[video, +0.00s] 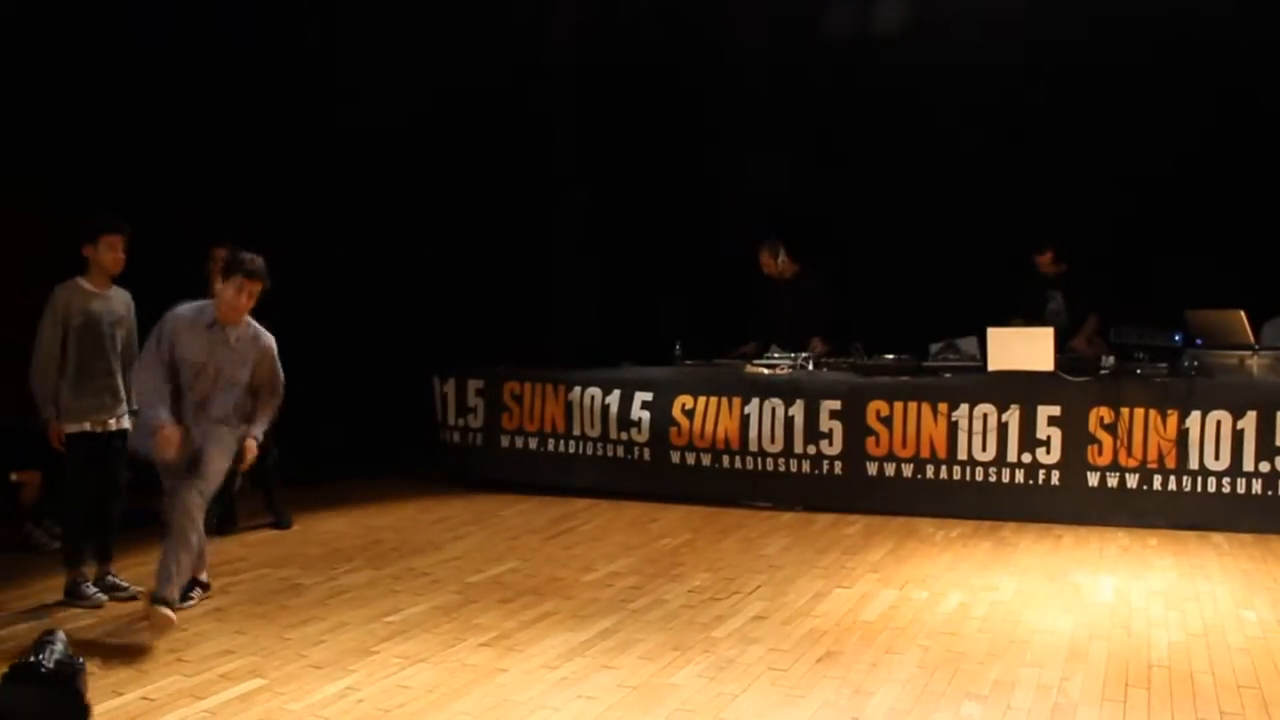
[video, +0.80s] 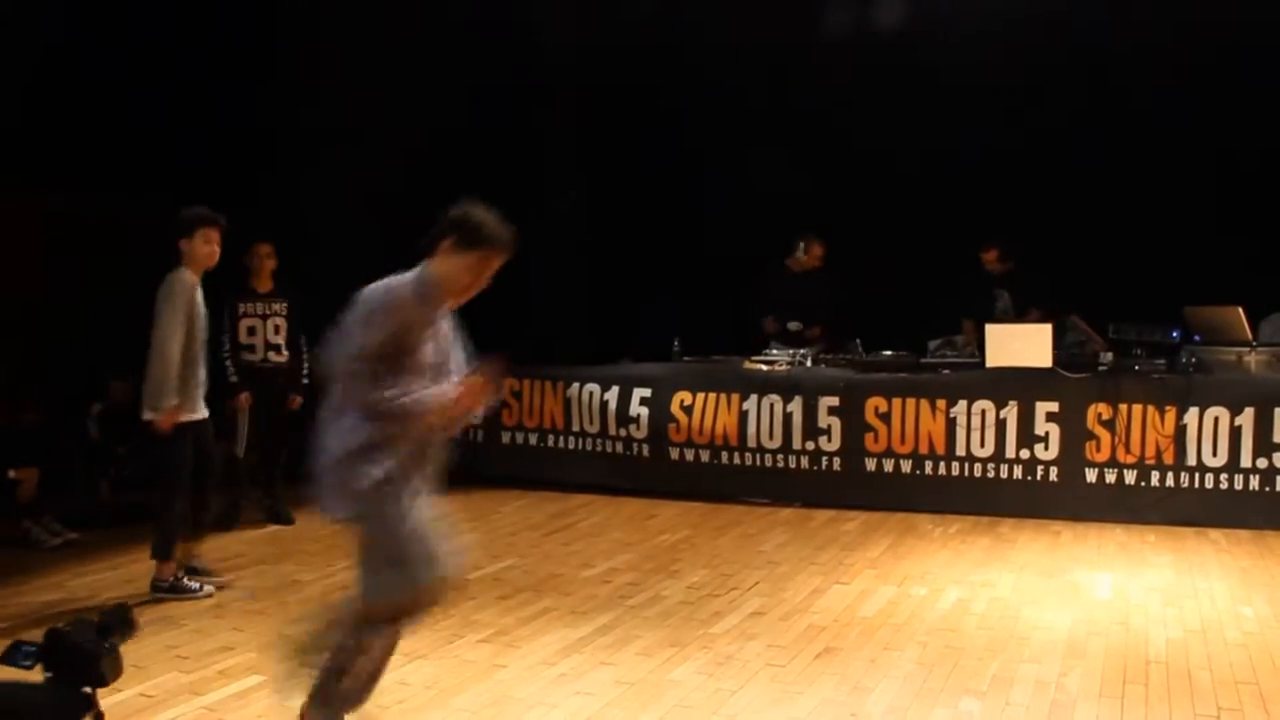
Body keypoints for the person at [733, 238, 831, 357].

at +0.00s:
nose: (765, 271)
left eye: (768, 266)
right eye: (763, 266)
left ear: (782, 261)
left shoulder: (809, 283)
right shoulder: (772, 285)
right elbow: (768, 321)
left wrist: (820, 339)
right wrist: (757, 344)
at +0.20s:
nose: (764, 270)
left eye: (767, 264)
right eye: (762, 265)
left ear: (782, 259)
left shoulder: (808, 281)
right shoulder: (770, 284)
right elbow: (766, 319)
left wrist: (821, 336)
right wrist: (755, 343)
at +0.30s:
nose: (766, 268)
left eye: (768, 262)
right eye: (764, 263)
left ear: (782, 258)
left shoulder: (807, 280)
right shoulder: (770, 283)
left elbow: (816, 311)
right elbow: (766, 318)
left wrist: (819, 335)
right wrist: (756, 342)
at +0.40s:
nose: (772, 266)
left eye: (775, 260)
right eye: (769, 262)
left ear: (786, 256)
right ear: (765, 260)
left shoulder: (807, 278)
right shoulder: (772, 281)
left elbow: (816, 309)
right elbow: (767, 319)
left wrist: (818, 332)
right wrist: (754, 343)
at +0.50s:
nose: (783, 261)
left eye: (787, 256)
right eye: (779, 257)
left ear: (796, 254)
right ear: (772, 257)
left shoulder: (809, 279)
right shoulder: (769, 281)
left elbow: (817, 309)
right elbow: (763, 315)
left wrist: (816, 330)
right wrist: (754, 340)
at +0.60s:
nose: (795, 260)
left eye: (798, 256)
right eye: (791, 256)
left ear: (803, 256)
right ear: (780, 256)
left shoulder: (810, 281)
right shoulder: (771, 280)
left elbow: (817, 310)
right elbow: (764, 310)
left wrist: (814, 330)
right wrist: (755, 333)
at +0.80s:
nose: (818, 263)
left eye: (819, 259)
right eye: (814, 258)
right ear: (801, 255)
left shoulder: (817, 277)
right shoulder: (777, 274)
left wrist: (818, 327)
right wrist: (767, 320)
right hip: (779, 344)